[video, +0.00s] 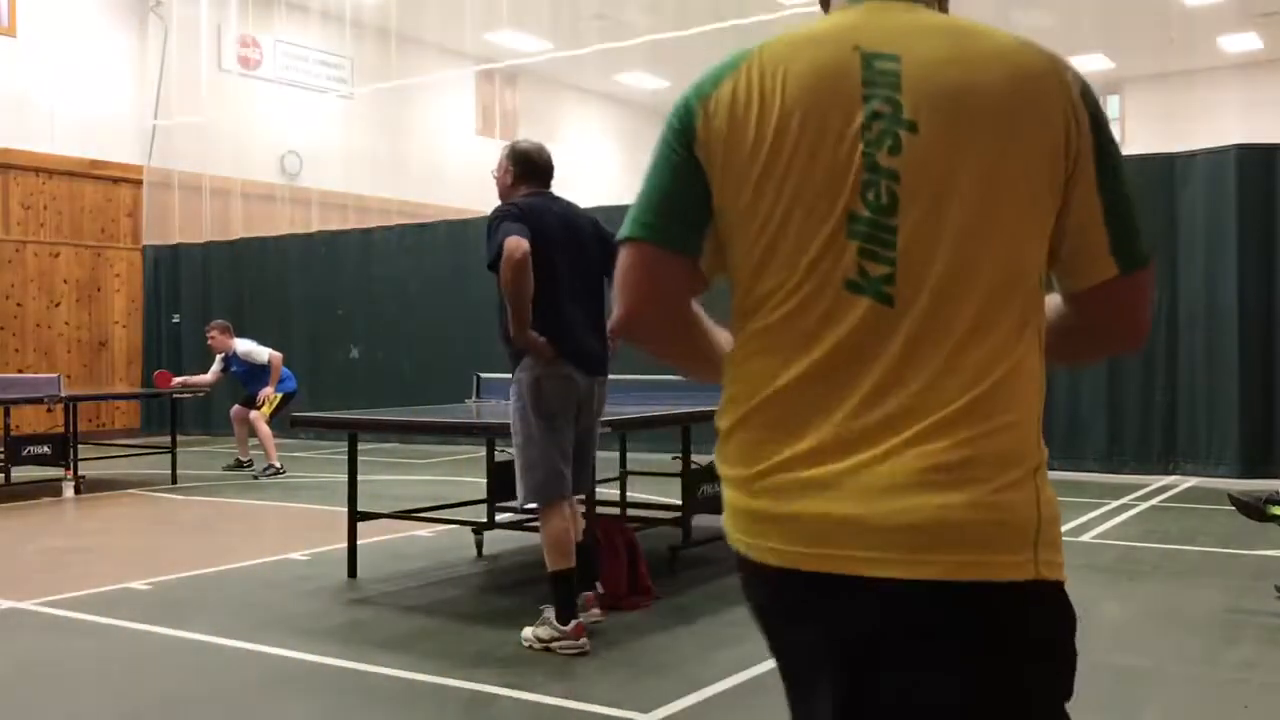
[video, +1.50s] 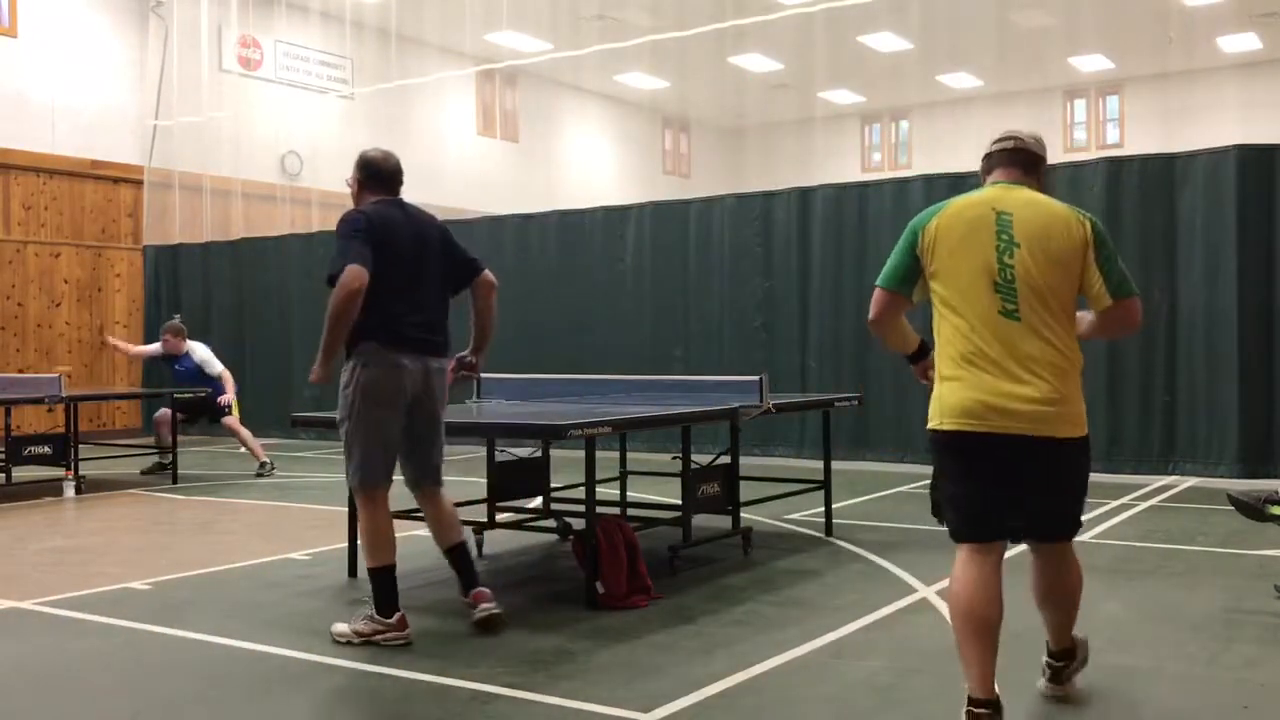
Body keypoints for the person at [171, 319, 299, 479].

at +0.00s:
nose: (209, 343)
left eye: (212, 338)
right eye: (208, 339)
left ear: (225, 336)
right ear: (222, 337)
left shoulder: (243, 348)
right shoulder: (223, 356)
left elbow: (276, 357)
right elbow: (210, 378)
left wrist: (271, 386)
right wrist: (184, 380)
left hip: (282, 386)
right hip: (261, 388)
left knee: (256, 416)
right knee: (237, 414)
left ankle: (275, 465)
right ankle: (244, 459)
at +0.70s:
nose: (204, 320)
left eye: (208, 316)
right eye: (203, 316)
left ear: (221, 315)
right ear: (217, 316)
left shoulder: (235, 331)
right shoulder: (218, 336)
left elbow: (260, 355)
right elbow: (213, 363)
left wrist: (247, 382)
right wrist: (190, 366)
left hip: (266, 378)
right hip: (248, 380)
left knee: (255, 416)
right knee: (229, 415)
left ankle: (274, 464)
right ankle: (243, 460)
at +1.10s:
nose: (196, 324)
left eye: (199, 319)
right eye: (195, 320)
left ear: (213, 316)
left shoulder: (235, 332)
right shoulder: (207, 338)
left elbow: (251, 361)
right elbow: (192, 360)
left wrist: (223, 376)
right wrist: (169, 363)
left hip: (255, 381)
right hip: (232, 381)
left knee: (247, 418)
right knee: (205, 413)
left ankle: (269, 461)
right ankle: (222, 450)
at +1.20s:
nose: (190, 332)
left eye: (192, 327)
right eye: (188, 328)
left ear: (205, 323)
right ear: (200, 325)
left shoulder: (228, 337)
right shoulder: (200, 341)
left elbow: (248, 364)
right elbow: (179, 355)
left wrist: (226, 381)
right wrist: (155, 360)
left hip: (250, 384)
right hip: (227, 385)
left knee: (243, 420)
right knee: (195, 416)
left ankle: (268, 462)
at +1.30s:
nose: (181, 338)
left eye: (184, 334)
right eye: (180, 335)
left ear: (197, 330)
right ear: (191, 332)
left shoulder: (219, 342)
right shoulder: (190, 343)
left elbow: (243, 367)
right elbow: (164, 349)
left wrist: (229, 386)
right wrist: (143, 357)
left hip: (242, 389)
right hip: (219, 389)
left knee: (239, 421)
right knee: (184, 418)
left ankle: (268, 462)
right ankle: (172, 459)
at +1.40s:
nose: (171, 342)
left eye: (174, 338)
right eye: (170, 338)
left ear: (186, 336)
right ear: (175, 337)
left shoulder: (207, 348)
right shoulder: (174, 344)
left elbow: (232, 371)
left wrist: (229, 390)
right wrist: (136, 362)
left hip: (226, 393)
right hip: (202, 394)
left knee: (235, 422)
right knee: (167, 419)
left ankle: (267, 461)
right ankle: (165, 461)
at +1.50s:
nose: (163, 344)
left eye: (166, 341)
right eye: (162, 341)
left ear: (179, 340)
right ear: (168, 341)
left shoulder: (199, 351)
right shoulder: (165, 349)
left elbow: (225, 374)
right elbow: (134, 350)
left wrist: (229, 393)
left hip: (216, 398)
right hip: (190, 400)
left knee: (230, 423)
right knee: (161, 418)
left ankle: (264, 461)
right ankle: (164, 461)